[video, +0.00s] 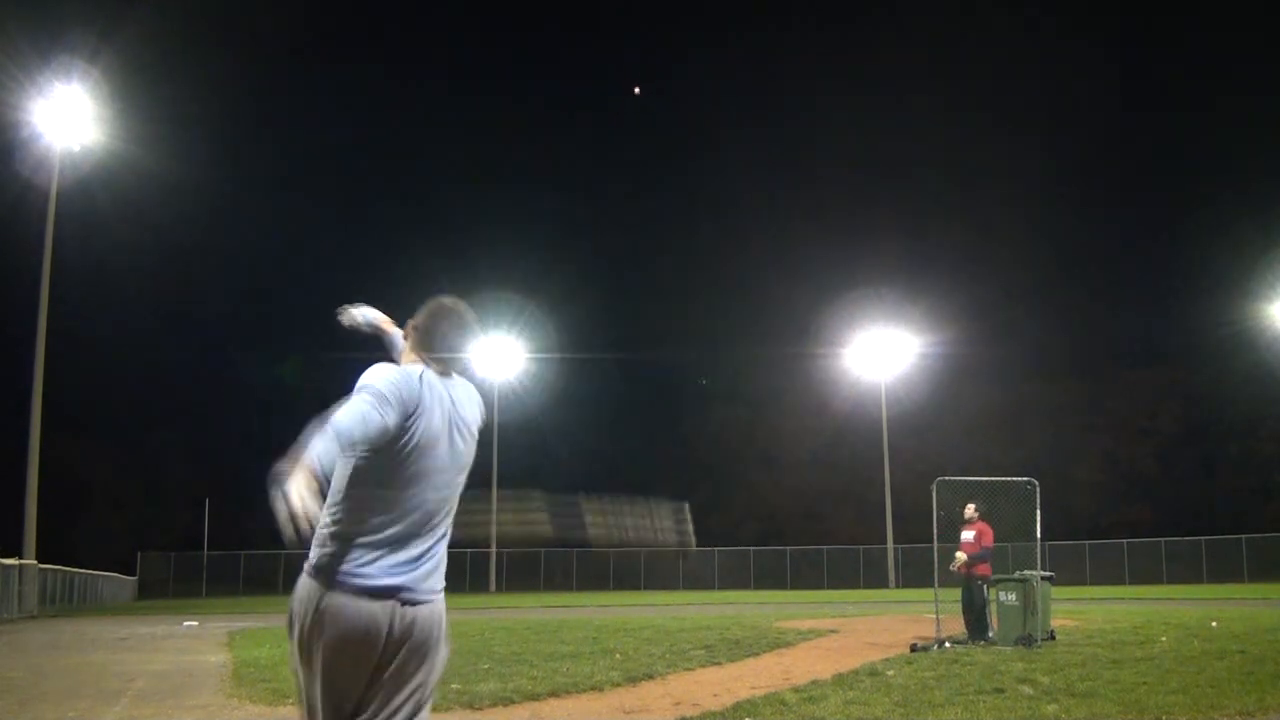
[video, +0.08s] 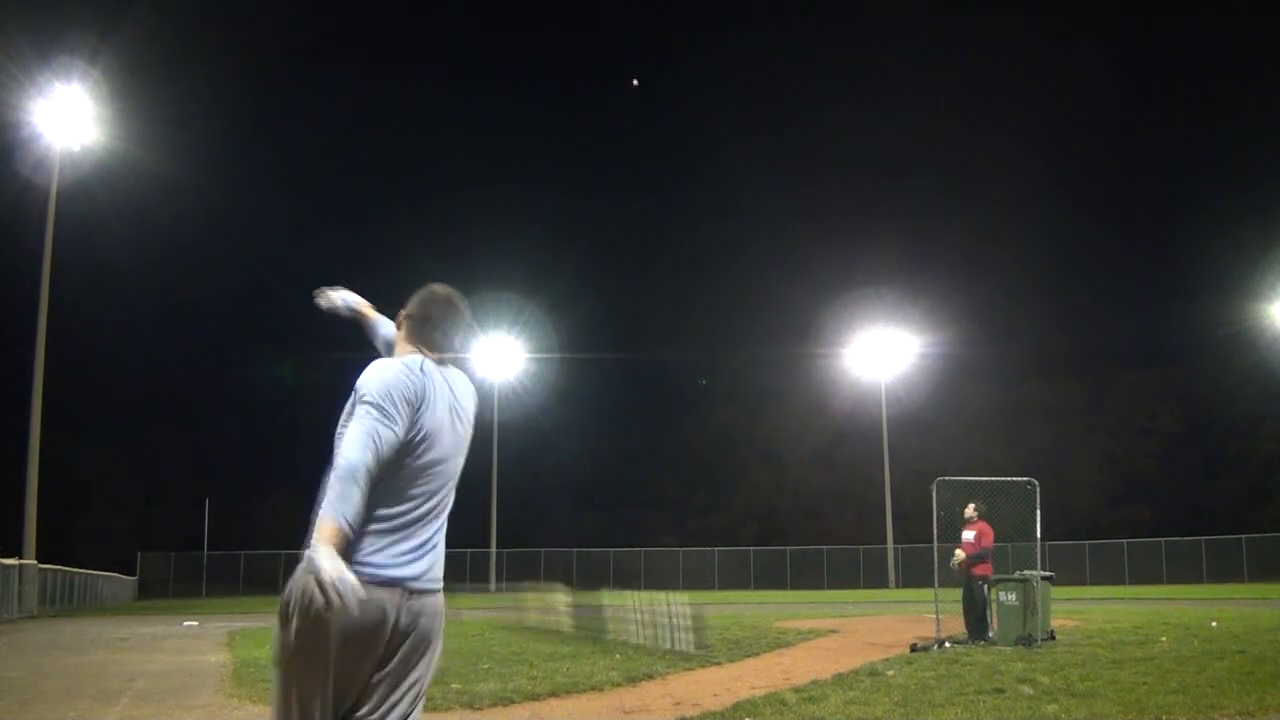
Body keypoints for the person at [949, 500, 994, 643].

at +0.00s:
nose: (965, 511)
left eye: (969, 509)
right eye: (965, 509)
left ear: (977, 513)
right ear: (965, 511)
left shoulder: (984, 528)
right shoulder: (964, 528)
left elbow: (986, 551)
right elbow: (964, 549)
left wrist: (967, 558)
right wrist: (957, 562)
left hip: (980, 573)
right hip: (967, 573)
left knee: (979, 605)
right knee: (967, 606)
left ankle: (982, 635)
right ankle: (972, 635)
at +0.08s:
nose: (965, 510)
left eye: (969, 508)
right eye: (966, 508)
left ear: (976, 513)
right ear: (969, 512)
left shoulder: (984, 528)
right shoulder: (966, 528)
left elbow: (985, 551)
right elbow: (966, 547)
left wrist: (966, 557)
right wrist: (958, 557)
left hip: (981, 572)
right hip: (969, 572)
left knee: (980, 605)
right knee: (968, 604)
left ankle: (983, 635)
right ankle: (972, 634)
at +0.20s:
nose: (966, 511)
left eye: (969, 508)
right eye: (967, 508)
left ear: (976, 512)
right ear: (973, 512)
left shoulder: (984, 528)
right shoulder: (969, 527)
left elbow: (984, 551)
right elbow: (970, 547)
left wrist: (964, 556)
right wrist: (960, 555)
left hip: (982, 573)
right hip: (971, 572)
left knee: (981, 606)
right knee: (970, 605)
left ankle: (983, 635)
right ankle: (973, 634)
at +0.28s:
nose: (967, 511)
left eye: (970, 508)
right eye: (968, 508)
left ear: (976, 512)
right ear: (973, 512)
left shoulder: (984, 528)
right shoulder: (971, 527)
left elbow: (984, 552)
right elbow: (971, 547)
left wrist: (964, 557)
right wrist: (961, 555)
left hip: (983, 574)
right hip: (972, 573)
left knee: (982, 606)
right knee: (971, 606)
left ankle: (984, 635)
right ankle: (973, 635)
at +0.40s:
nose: (967, 511)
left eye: (970, 509)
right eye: (969, 508)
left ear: (976, 512)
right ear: (974, 512)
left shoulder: (983, 527)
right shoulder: (973, 527)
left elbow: (983, 552)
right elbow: (973, 549)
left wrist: (966, 562)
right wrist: (963, 558)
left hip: (982, 574)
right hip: (973, 574)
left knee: (982, 606)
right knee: (972, 606)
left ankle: (984, 635)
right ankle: (973, 634)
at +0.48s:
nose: (968, 511)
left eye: (970, 509)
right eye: (969, 509)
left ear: (976, 512)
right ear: (975, 512)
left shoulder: (983, 527)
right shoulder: (973, 527)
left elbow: (983, 552)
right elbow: (972, 550)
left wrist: (965, 559)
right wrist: (964, 566)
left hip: (982, 574)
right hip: (973, 574)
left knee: (982, 606)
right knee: (973, 606)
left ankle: (985, 635)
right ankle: (973, 634)